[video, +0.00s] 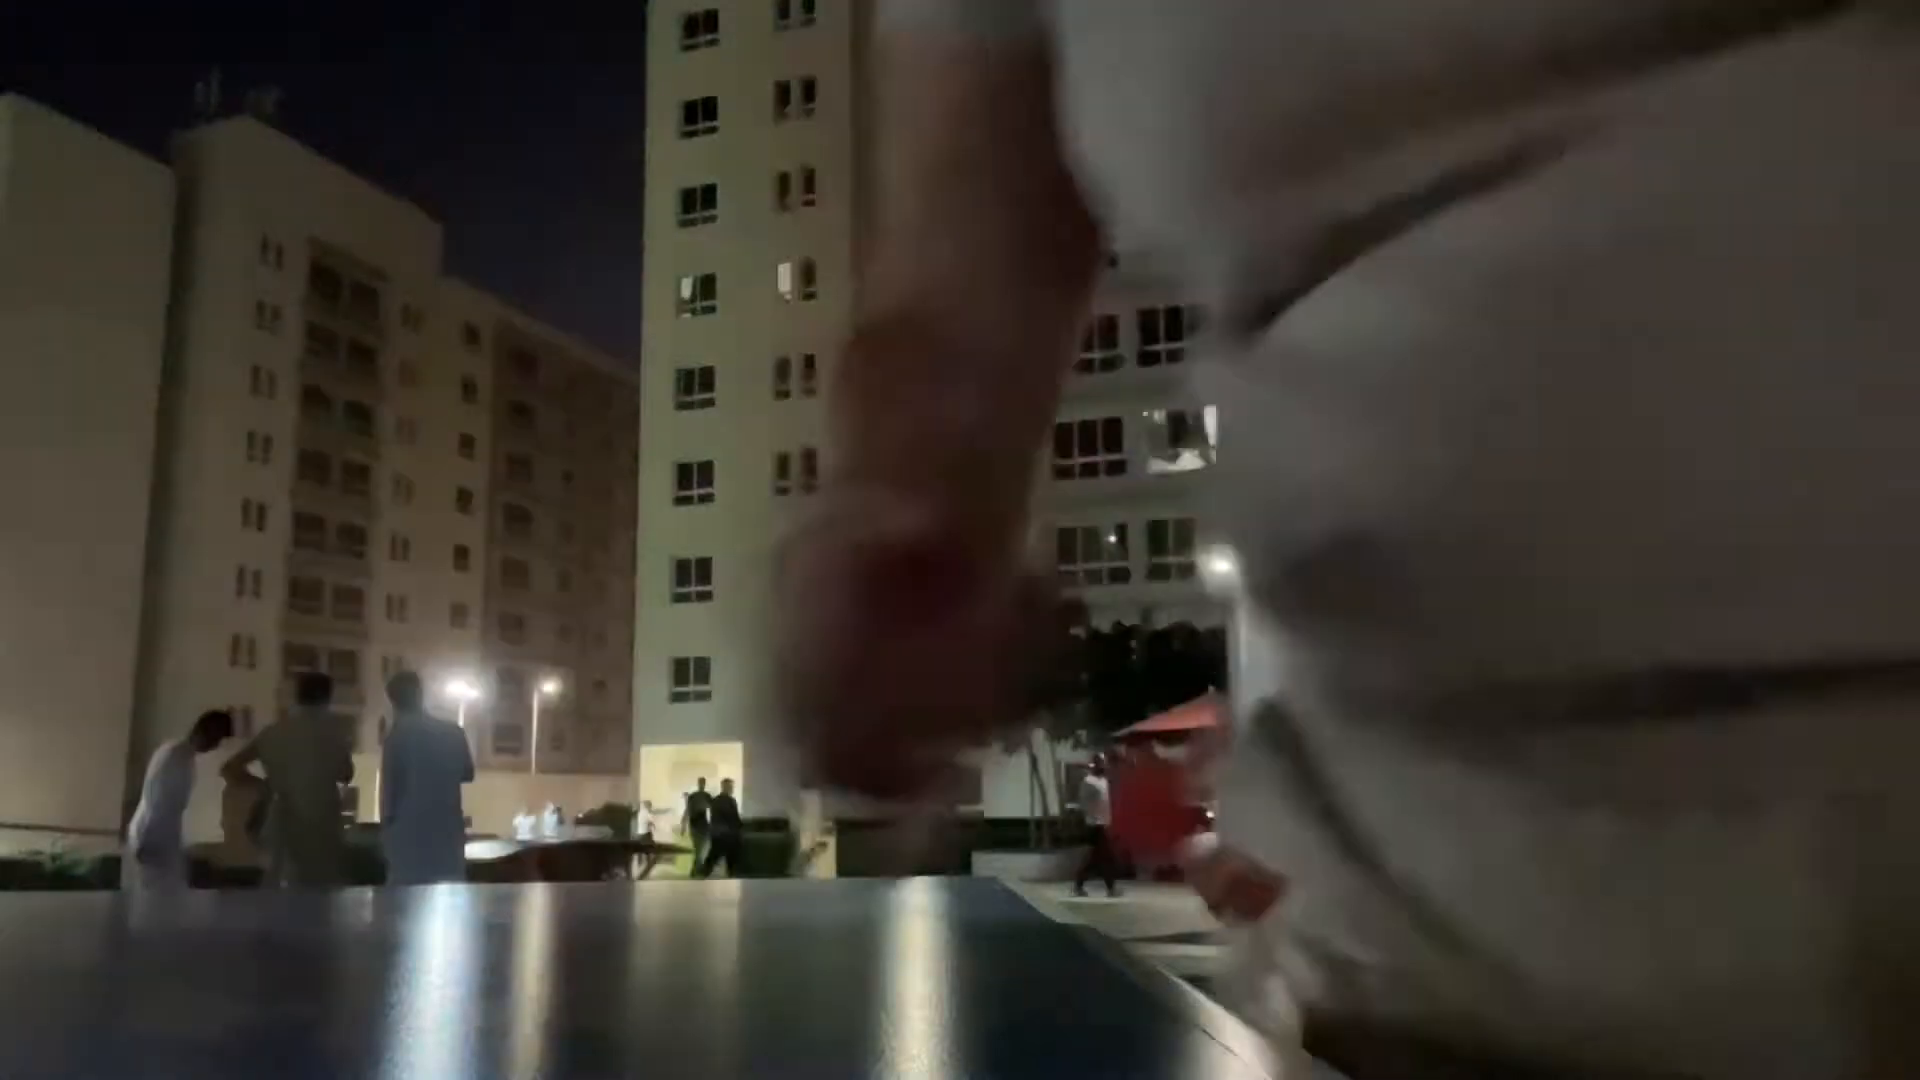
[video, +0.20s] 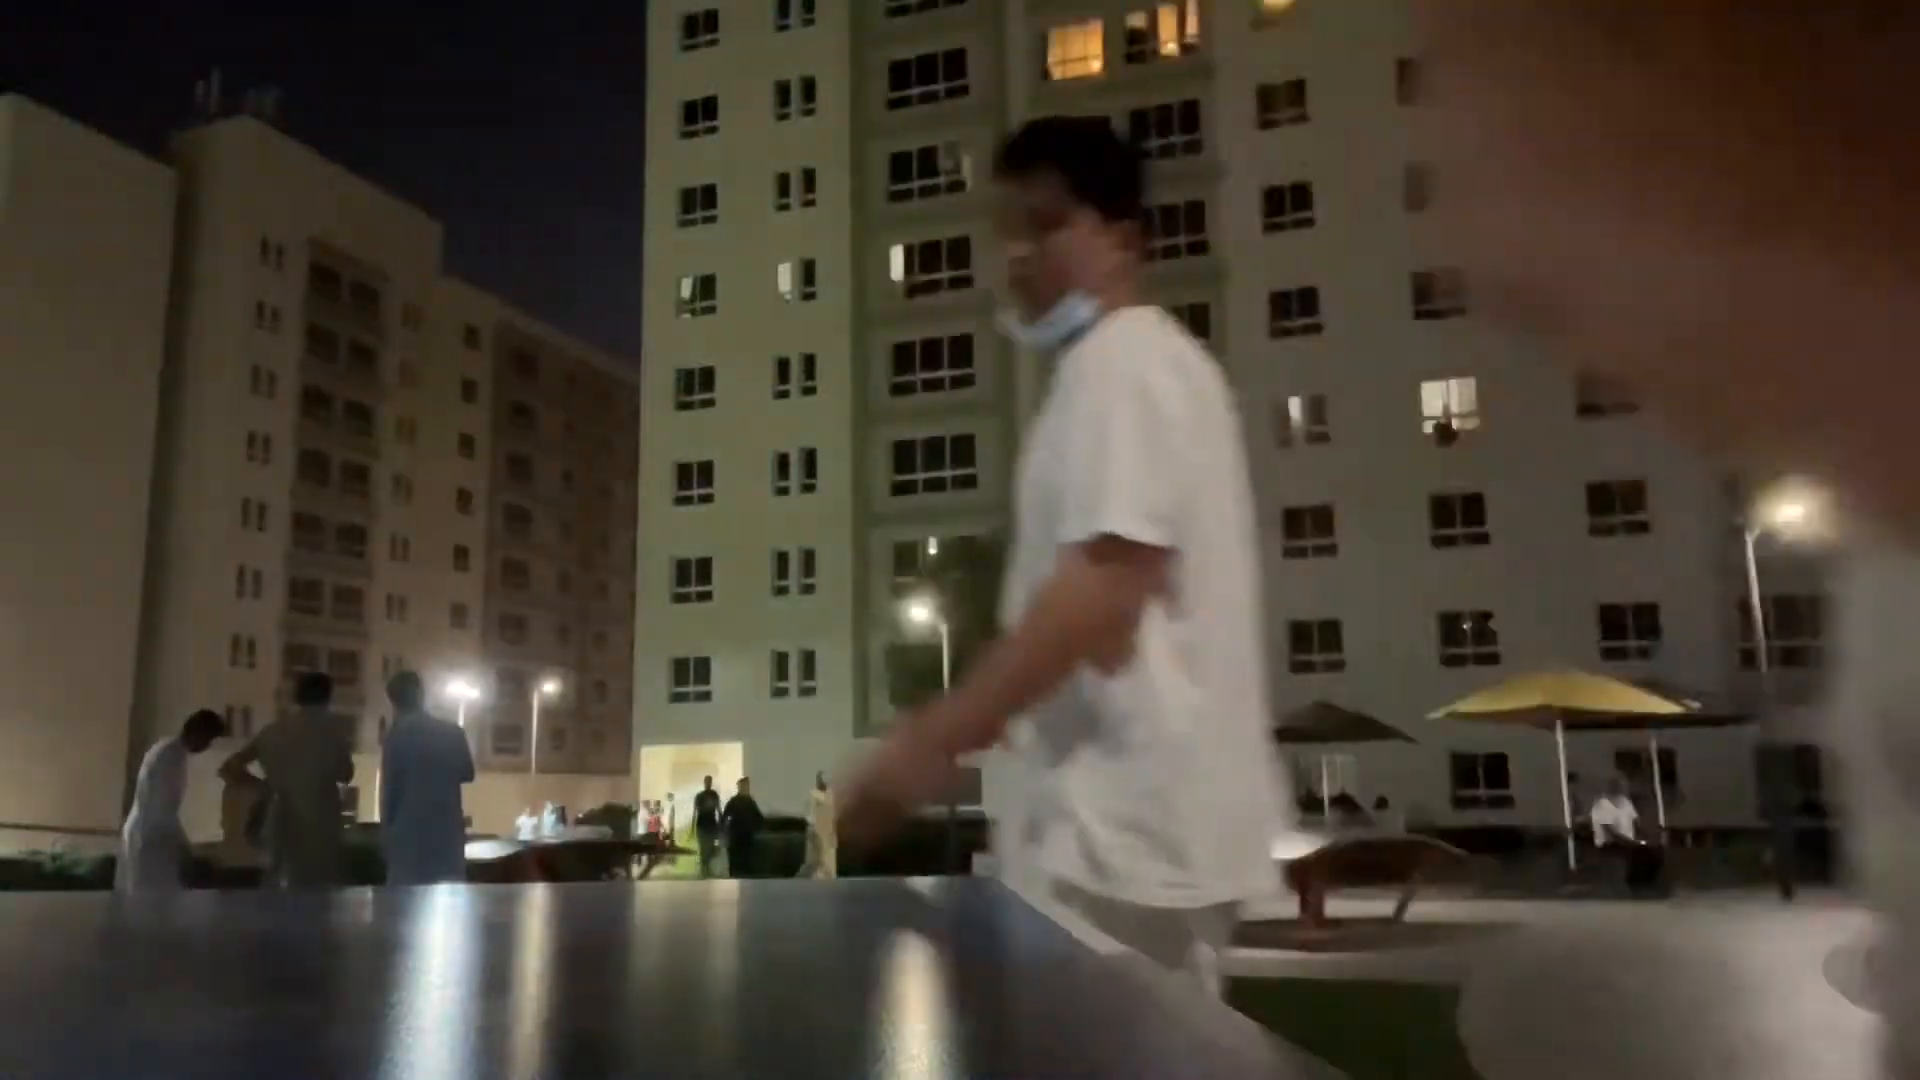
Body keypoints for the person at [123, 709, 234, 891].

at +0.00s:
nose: (215, 746)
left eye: (219, 741)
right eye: (215, 739)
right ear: (205, 732)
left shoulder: (185, 758)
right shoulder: (173, 756)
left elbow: (172, 806)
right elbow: (158, 804)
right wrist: (147, 845)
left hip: (165, 843)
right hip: (152, 843)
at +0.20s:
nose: (207, 746)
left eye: (210, 740)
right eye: (207, 739)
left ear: (190, 730)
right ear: (197, 734)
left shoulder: (172, 753)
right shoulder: (169, 755)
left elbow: (166, 812)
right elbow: (164, 814)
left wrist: (185, 852)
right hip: (149, 836)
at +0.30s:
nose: (204, 745)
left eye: (207, 739)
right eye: (204, 737)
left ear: (187, 728)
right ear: (194, 732)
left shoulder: (170, 754)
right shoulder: (166, 756)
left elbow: (165, 810)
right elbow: (162, 812)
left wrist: (188, 846)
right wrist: (189, 847)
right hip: (147, 835)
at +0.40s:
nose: (203, 744)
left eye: (206, 738)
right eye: (203, 737)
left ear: (185, 729)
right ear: (192, 732)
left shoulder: (165, 752)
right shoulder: (167, 756)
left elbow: (161, 809)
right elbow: (159, 811)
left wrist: (167, 852)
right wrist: (168, 853)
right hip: (146, 835)